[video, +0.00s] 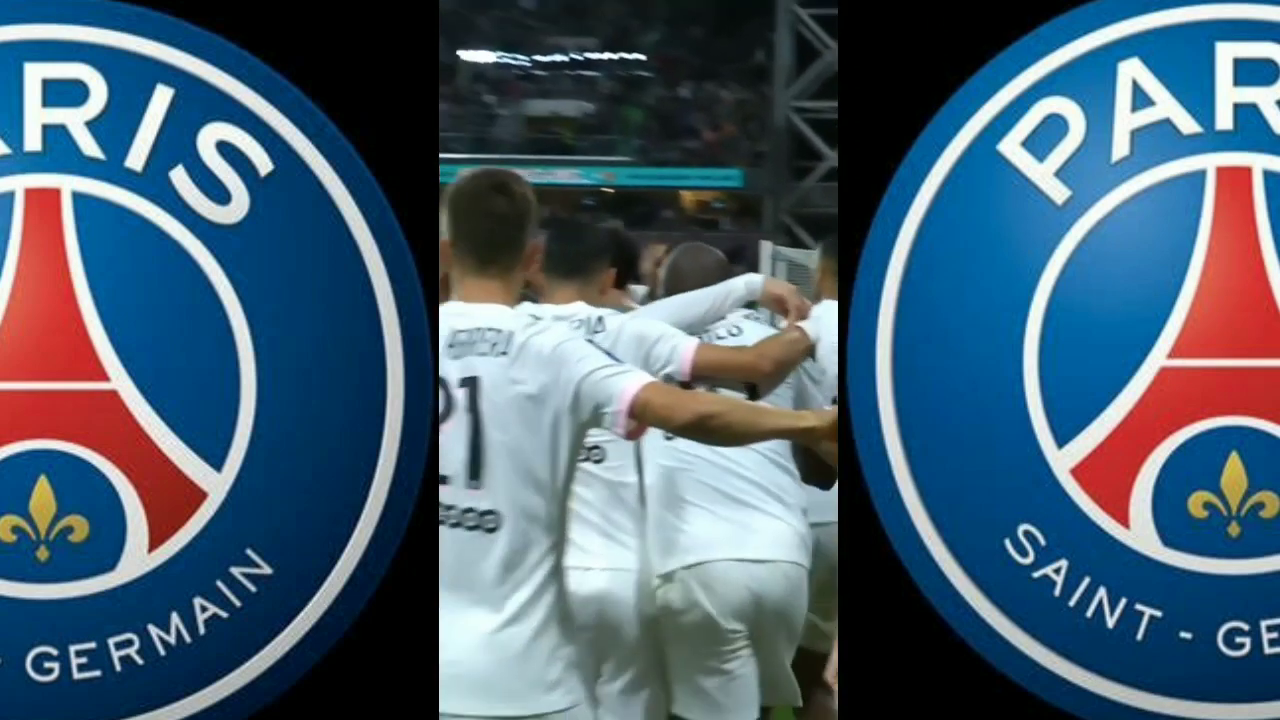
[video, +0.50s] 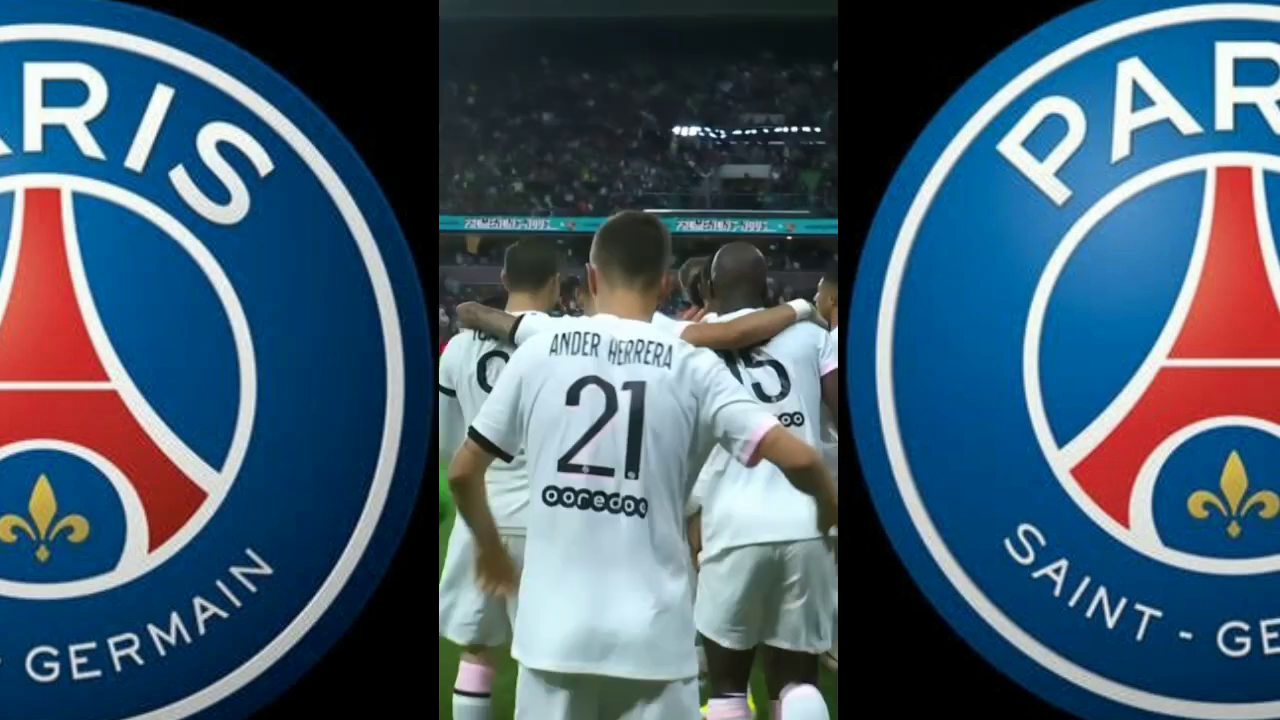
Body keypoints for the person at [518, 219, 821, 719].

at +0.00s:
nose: (626, 288)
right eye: (622, 277)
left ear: (537, 271)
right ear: (609, 279)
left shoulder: (509, 331)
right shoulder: (625, 332)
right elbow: (758, 367)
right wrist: (804, 332)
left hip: (520, 573)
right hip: (616, 572)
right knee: (625, 710)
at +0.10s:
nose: (626, 288)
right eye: (622, 277)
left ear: (537, 271)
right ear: (609, 279)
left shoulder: (509, 331)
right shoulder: (625, 332)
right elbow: (758, 367)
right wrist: (804, 332)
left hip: (520, 573)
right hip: (616, 572)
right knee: (625, 710)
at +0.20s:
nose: (626, 288)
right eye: (622, 277)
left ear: (537, 271)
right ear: (609, 279)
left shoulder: (509, 331)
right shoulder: (625, 332)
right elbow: (758, 367)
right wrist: (804, 332)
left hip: (520, 573)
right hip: (616, 572)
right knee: (625, 710)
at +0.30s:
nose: (627, 287)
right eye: (621, 275)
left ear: (537, 271)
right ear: (608, 278)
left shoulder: (510, 330)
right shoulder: (626, 332)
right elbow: (759, 367)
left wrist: (750, 287)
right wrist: (808, 329)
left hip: (522, 572)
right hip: (619, 571)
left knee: (554, 710)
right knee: (624, 710)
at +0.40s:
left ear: (577, 280)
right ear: (652, 282)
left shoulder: (536, 355)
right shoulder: (674, 353)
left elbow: (465, 470)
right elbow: (780, 431)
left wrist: (524, 480)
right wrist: (839, 443)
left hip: (551, 622)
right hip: (650, 625)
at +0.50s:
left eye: (587, 275)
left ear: (592, 277)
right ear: (667, 285)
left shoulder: (541, 347)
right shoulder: (693, 363)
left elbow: (463, 473)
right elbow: (799, 457)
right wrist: (828, 505)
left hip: (553, 620)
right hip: (653, 626)